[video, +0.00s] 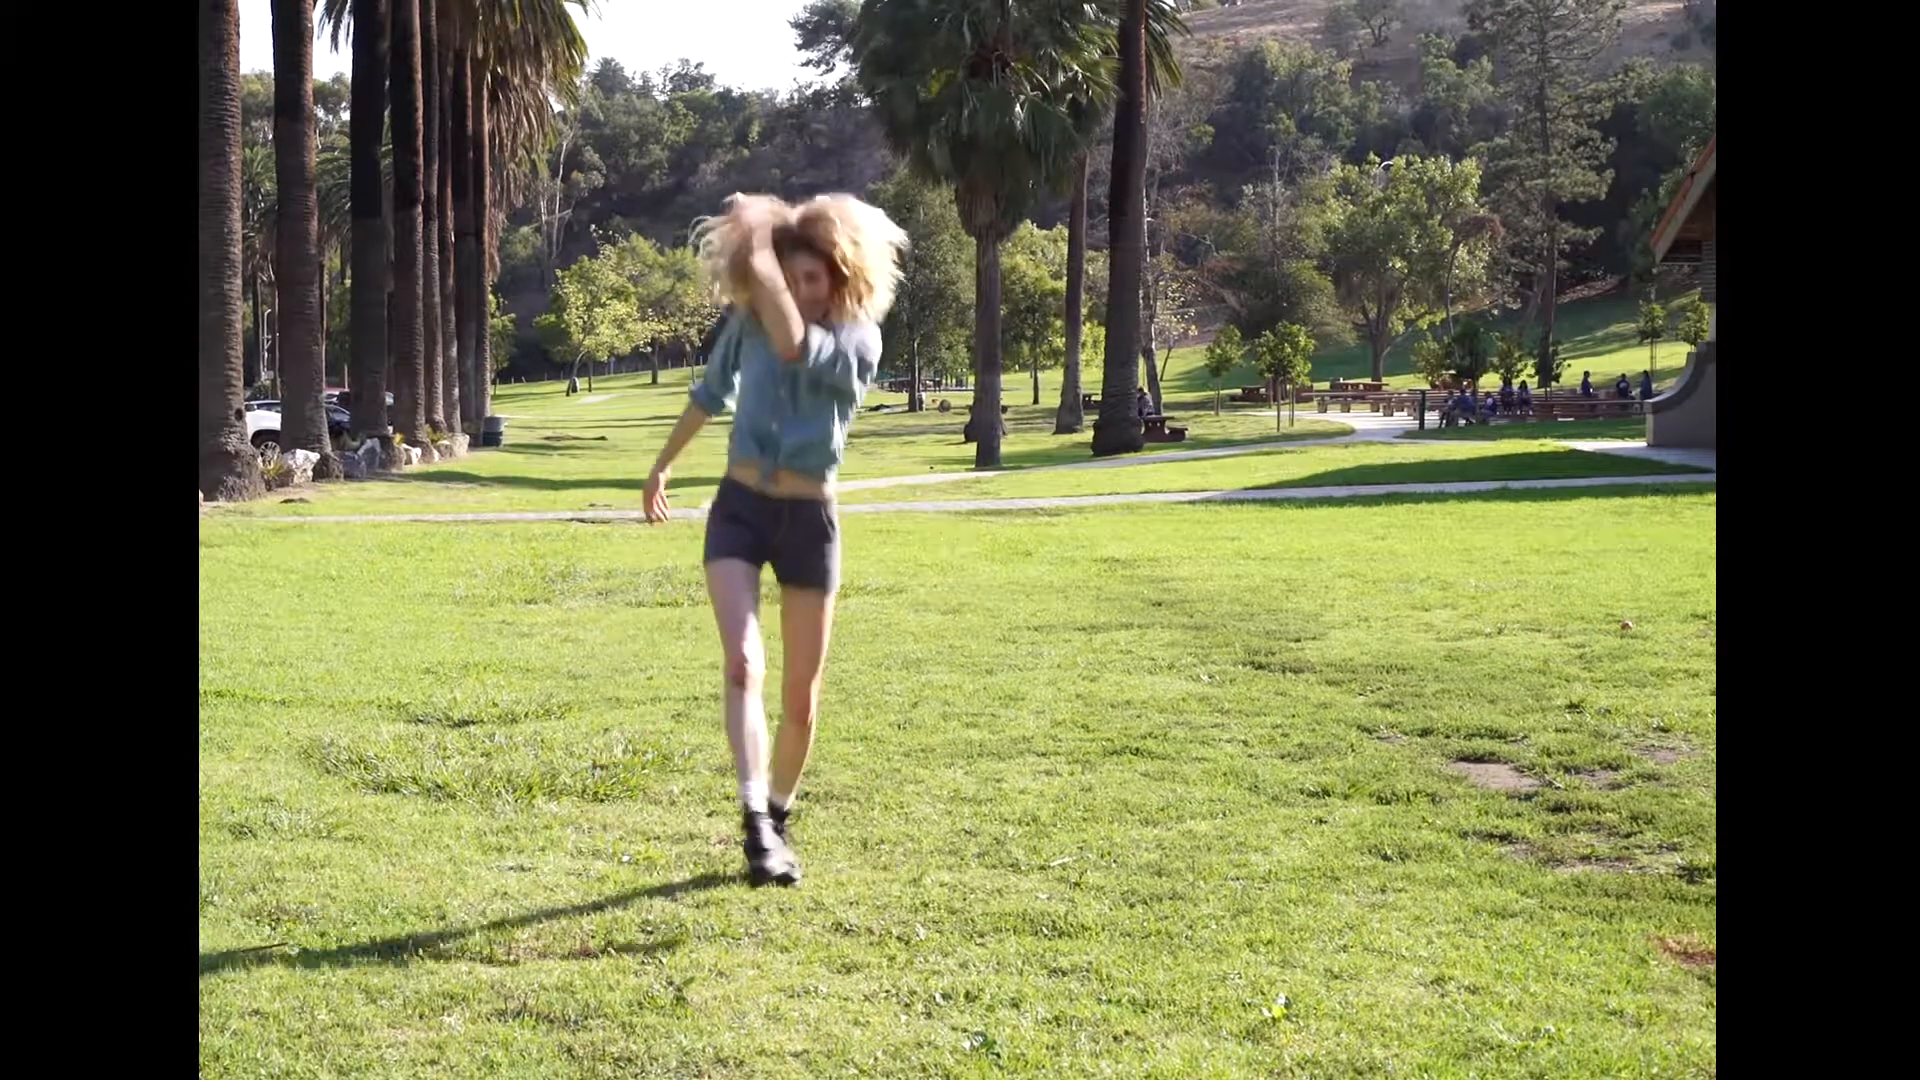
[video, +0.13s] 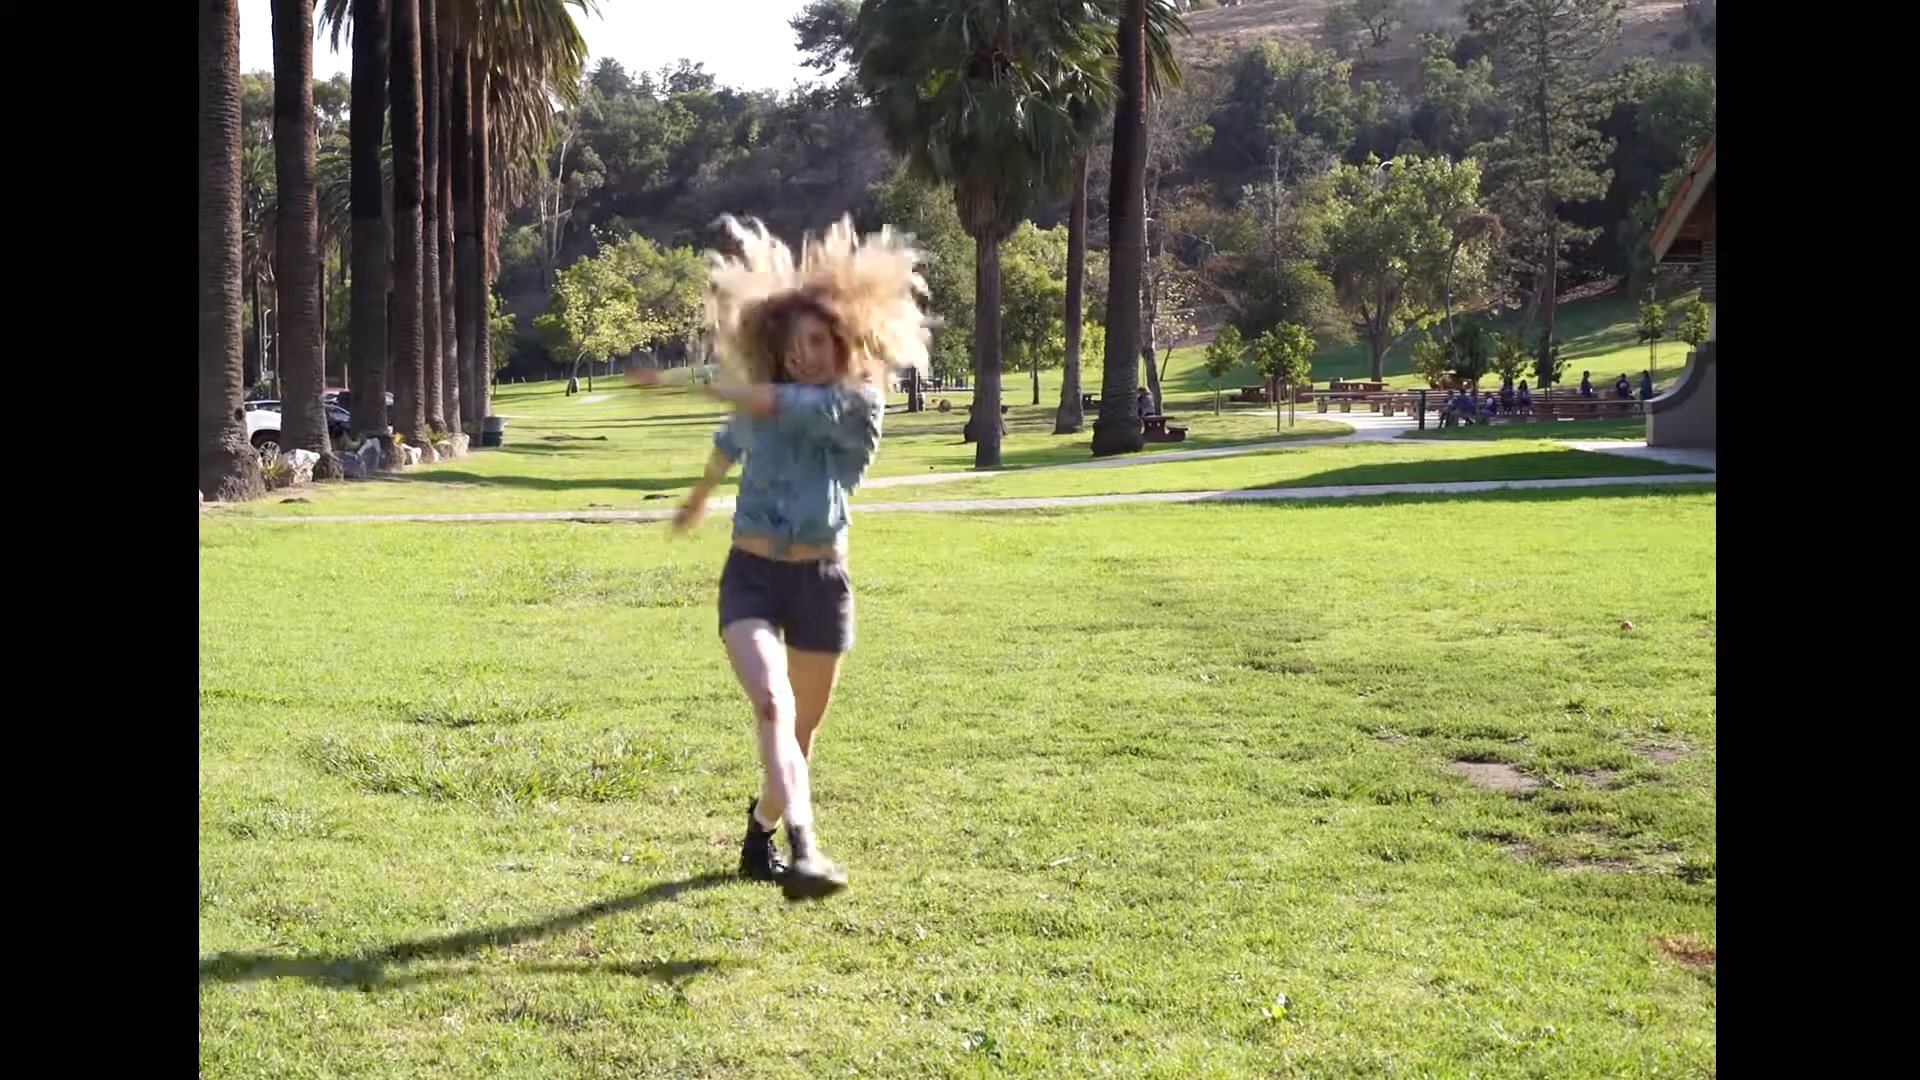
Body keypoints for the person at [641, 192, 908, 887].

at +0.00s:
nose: (802, 288)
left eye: (816, 273)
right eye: (791, 275)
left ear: (843, 276)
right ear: (775, 275)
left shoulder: (857, 339)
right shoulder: (746, 323)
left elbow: (793, 343)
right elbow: (706, 399)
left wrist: (759, 254)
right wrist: (661, 465)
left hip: (809, 520)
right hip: (737, 510)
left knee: (801, 698)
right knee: (743, 665)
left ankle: (776, 816)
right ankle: (757, 823)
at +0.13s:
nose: (806, 353)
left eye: (819, 340)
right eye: (795, 342)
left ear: (843, 344)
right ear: (778, 348)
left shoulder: (857, 403)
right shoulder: (761, 402)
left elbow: (776, 402)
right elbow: (725, 450)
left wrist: (676, 381)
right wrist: (697, 501)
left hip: (821, 580)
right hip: (750, 576)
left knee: (801, 730)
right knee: (773, 704)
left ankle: (761, 831)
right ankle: (804, 852)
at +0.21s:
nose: (807, 355)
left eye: (818, 340)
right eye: (794, 343)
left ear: (839, 343)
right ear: (777, 352)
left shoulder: (856, 402)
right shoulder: (767, 410)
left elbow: (766, 439)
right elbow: (752, 463)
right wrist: (736, 506)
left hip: (832, 591)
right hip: (761, 585)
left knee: (812, 748)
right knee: (783, 731)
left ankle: (770, 827)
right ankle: (833, 891)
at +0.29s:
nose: (803, 348)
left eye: (814, 334)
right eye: (792, 338)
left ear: (839, 338)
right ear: (779, 348)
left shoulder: (848, 406)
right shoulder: (770, 412)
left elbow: (822, 482)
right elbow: (767, 483)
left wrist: (795, 554)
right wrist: (747, 515)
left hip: (840, 593)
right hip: (764, 585)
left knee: (842, 781)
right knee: (799, 752)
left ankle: (787, 787)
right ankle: (843, 911)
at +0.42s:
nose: (804, 358)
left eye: (815, 342)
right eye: (790, 347)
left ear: (835, 343)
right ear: (770, 354)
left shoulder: (859, 410)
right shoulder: (775, 428)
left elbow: (921, 493)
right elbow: (749, 524)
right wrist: (697, 583)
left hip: (840, 613)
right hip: (764, 608)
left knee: (829, 784)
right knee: (781, 786)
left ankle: (879, 816)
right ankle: (839, 912)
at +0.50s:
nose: (812, 360)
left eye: (823, 344)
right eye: (798, 349)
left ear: (843, 347)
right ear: (777, 357)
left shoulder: (871, 416)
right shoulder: (779, 443)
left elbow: (959, 474)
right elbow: (734, 536)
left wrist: (1036, 537)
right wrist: (658, 603)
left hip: (840, 613)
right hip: (771, 613)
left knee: (800, 743)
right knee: (762, 793)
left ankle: (906, 879)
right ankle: (840, 908)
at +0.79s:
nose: (838, 346)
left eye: (849, 331)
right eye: (824, 334)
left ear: (870, 331)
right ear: (799, 339)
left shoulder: (888, 403)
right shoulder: (773, 413)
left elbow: (978, 449)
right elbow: (713, 492)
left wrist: (1066, 446)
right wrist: (640, 564)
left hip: (854, 569)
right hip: (792, 594)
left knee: (848, 755)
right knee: (768, 806)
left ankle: (918, 958)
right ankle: (857, 912)